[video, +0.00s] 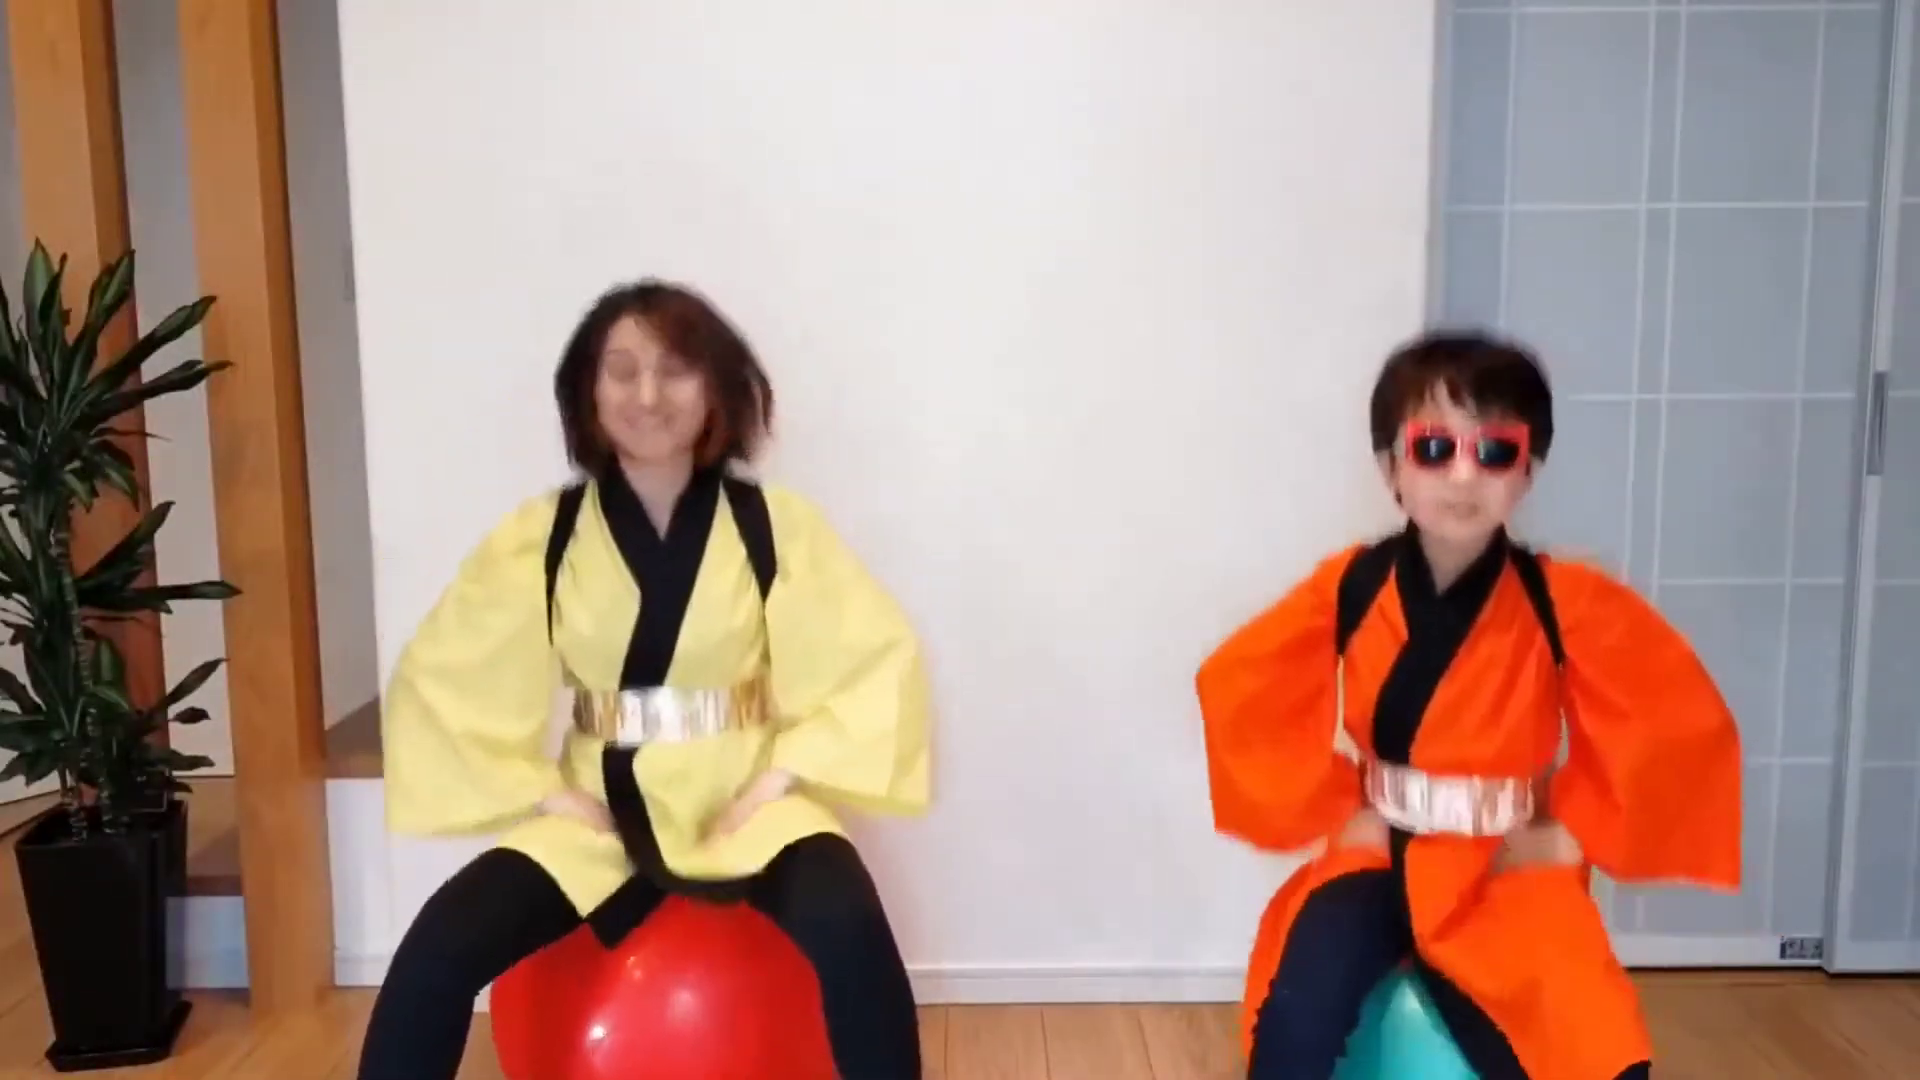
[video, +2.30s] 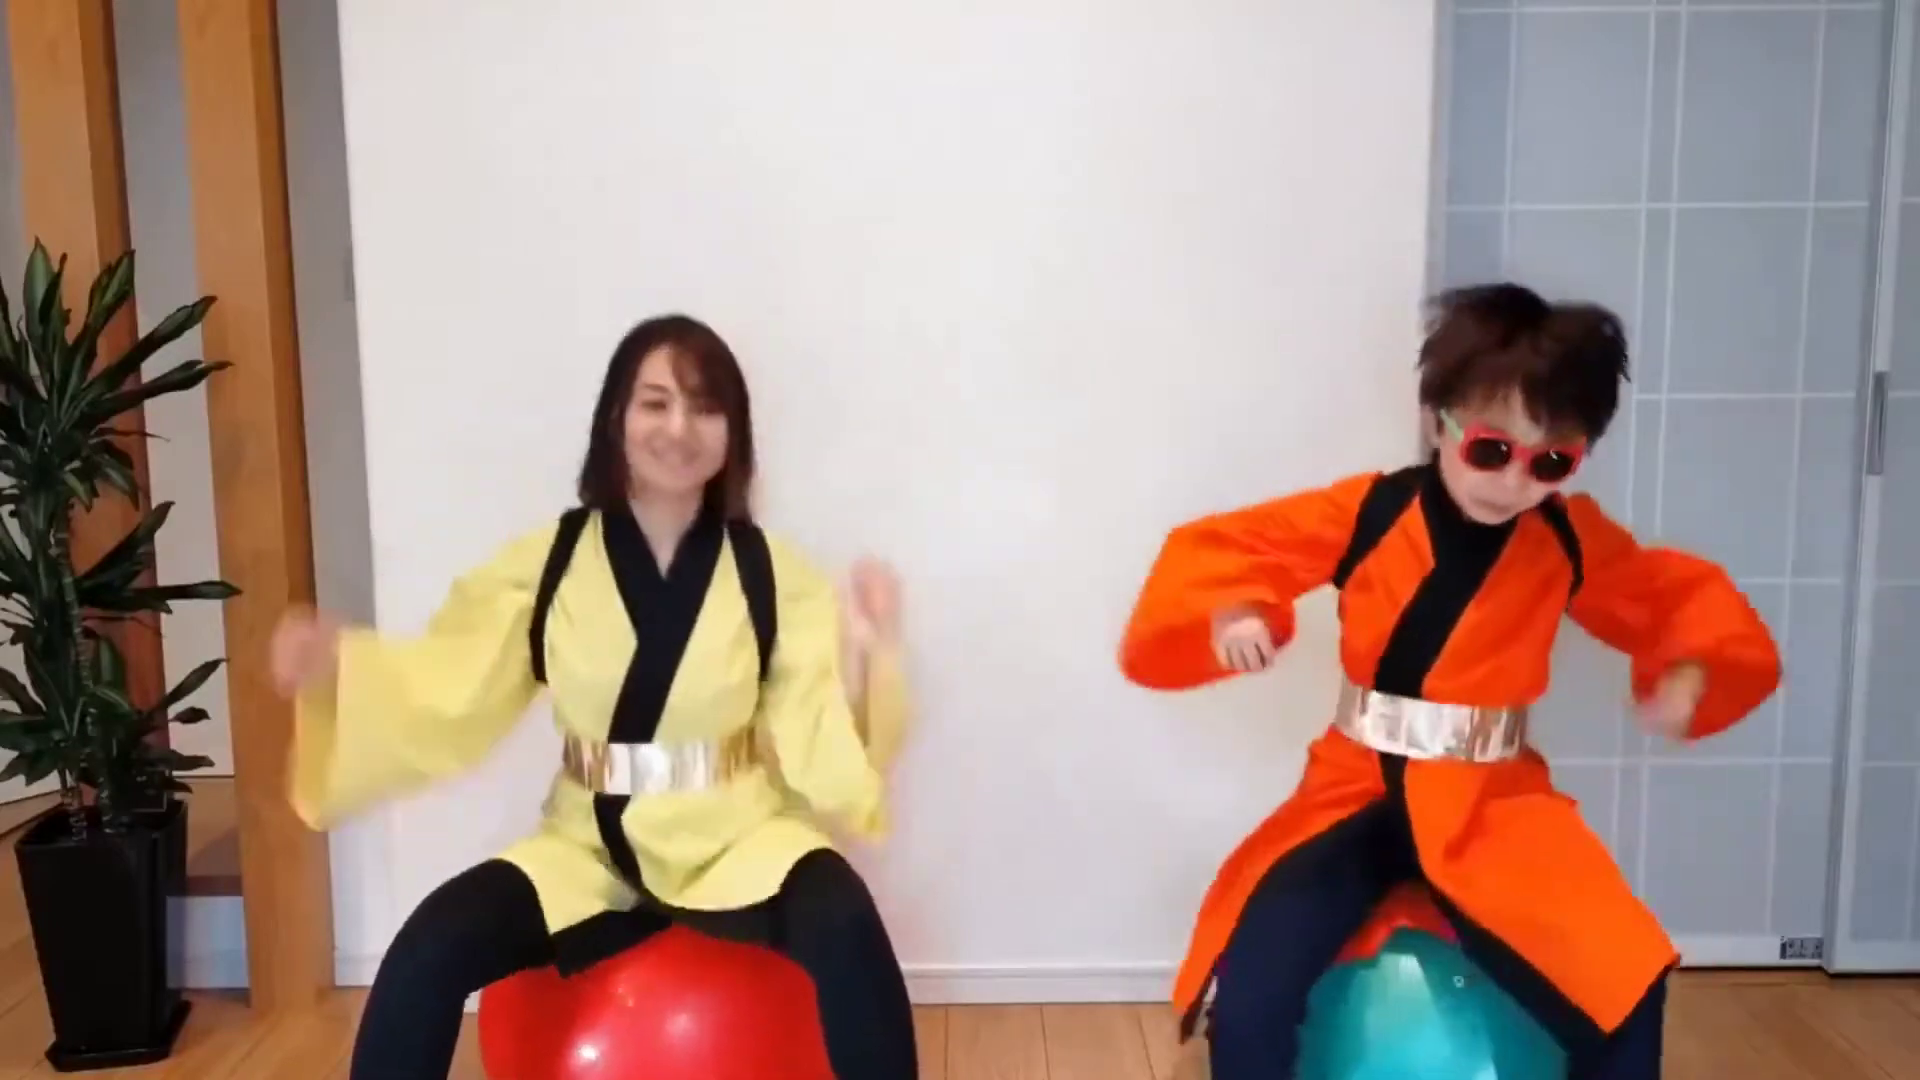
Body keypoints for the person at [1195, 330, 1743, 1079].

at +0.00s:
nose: (1464, 473)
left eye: (1497, 450)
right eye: (1434, 446)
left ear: (1529, 474)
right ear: (1392, 470)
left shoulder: (1564, 601)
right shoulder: (1354, 585)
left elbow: (1687, 728)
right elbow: (1234, 687)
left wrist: (1572, 835)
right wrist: (1336, 813)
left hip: (1514, 871)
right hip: (1375, 859)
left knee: (1599, 1046)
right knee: (1301, 1006)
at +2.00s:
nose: (1464, 577)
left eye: (1495, 556)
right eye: (1433, 551)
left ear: (1521, 575)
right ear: (1384, 569)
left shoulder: (1555, 694)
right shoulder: (1345, 677)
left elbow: (1662, 805)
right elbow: (1241, 755)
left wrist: (1557, 898)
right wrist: (1324, 867)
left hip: (1502, 936)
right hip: (1368, 921)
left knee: (1584, 1057)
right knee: (1313, 986)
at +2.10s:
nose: (1474, 514)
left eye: (1507, 492)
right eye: (1445, 484)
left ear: (1535, 499)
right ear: (1394, 487)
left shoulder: (1558, 614)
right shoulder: (1350, 599)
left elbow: (1654, 706)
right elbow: (1236, 678)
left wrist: (1595, 792)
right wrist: (1304, 792)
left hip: (1495, 880)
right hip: (1358, 868)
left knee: (1593, 1052)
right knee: (1258, 1026)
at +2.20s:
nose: (1494, 470)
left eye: (1528, 449)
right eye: (1468, 439)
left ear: (1558, 443)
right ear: (1414, 421)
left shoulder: (1562, 538)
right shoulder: (1359, 520)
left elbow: (1694, 613)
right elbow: (1219, 578)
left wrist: (1672, 664)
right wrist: (1250, 662)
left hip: (1493, 820)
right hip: (1355, 809)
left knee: (1614, 1020)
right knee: (1255, 996)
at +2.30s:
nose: (1515, 484)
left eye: (1551, 463)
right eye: (1491, 449)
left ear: (1580, 454)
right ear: (1434, 420)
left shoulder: (1568, 539)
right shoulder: (1371, 511)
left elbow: (1690, 598)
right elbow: (1216, 549)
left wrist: (1699, 665)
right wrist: (1227, 606)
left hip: (1495, 812)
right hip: (1356, 799)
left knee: (1629, 977)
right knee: (1254, 969)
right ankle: (1248, 1071)